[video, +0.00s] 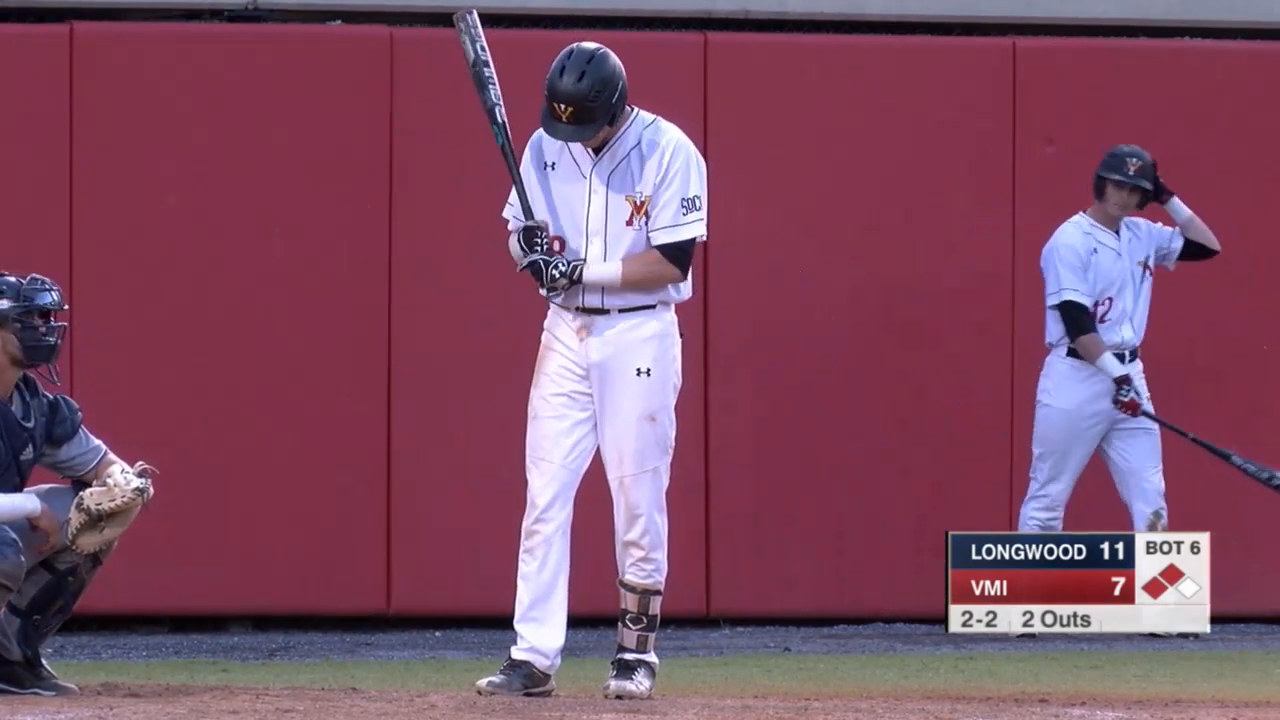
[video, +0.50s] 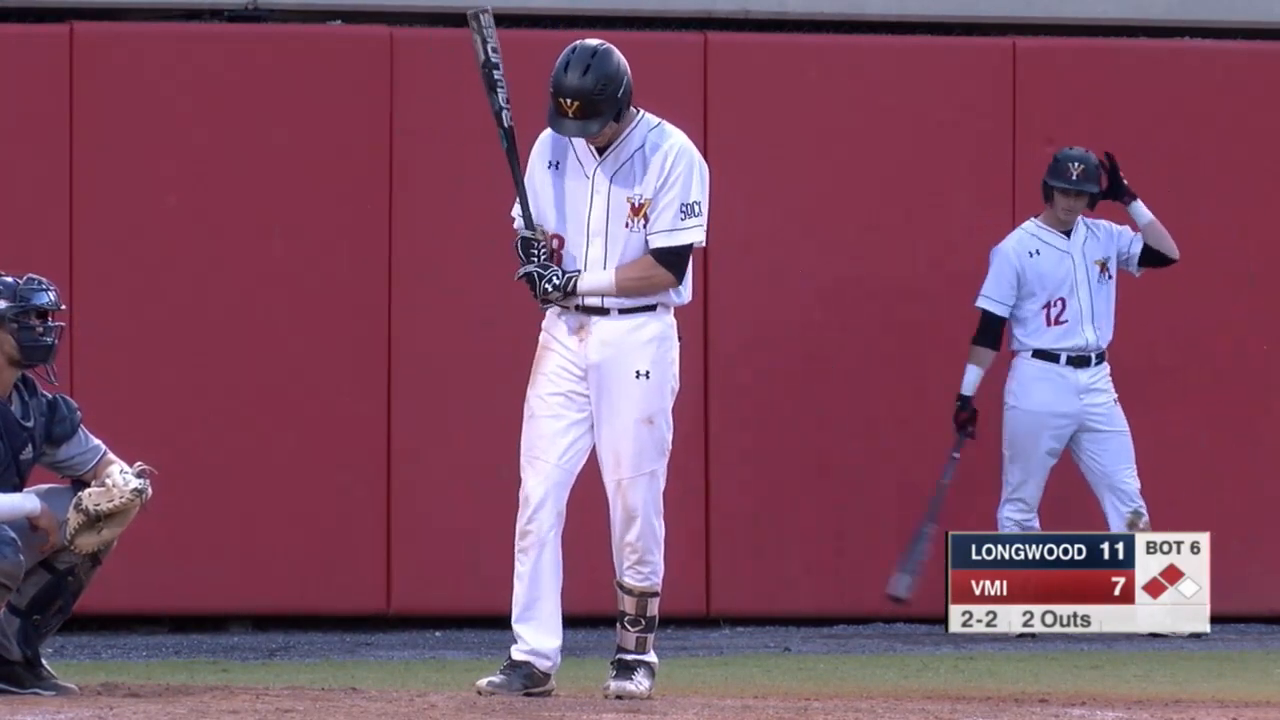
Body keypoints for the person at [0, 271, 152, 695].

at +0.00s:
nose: (40, 328)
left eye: (42, 319)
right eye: (25, 319)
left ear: (47, 325)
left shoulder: (37, 404)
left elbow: (98, 462)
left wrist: (127, 483)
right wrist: (29, 505)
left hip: (9, 522)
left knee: (96, 513)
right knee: (10, 547)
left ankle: (14, 652)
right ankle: (7, 653)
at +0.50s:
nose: (37, 328)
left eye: (40, 318)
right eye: (23, 319)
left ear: (46, 325)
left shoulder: (38, 406)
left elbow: (97, 461)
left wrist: (125, 483)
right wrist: (26, 505)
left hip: (9, 523)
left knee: (97, 510)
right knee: (12, 544)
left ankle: (15, 651)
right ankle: (8, 652)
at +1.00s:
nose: (38, 328)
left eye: (41, 318)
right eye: (23, 319)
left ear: (48, 325)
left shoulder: (37, 406)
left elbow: (97, 461)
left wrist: (125, 484)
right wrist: (27, 505)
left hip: (9, 522)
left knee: (96, 511)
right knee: (11, 545)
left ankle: (15, 652)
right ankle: (8, 653)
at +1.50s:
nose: (38, 329)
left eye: (41, 320)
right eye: (23, 320)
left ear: (47, 326)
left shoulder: (37, 406)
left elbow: (97, 462)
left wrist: (126, 484)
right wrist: (26, 505)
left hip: (9, 521)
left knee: (96, 511)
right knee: (11, 545)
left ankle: (16, 652)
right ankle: (9, 653)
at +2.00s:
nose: (38, 330)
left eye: (41, 321)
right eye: (23, 320)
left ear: (46, 327)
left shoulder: (35, 405)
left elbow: (98, 463)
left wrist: (128, 485)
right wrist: (26, 507)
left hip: (9, 522)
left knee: (93, 513)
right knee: (9, 547)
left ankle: (15, 651)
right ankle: (8, 654)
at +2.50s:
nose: (40, 332)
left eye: (43, 323)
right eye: (28, 320)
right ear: (1, 323)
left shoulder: (34, 403)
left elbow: (102, 467)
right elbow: (8, 492)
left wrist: (151, 497)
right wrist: (59, 475)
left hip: (12, 532)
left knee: (95, 513)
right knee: (10, 559)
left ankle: (15, 652)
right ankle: (10, 653)